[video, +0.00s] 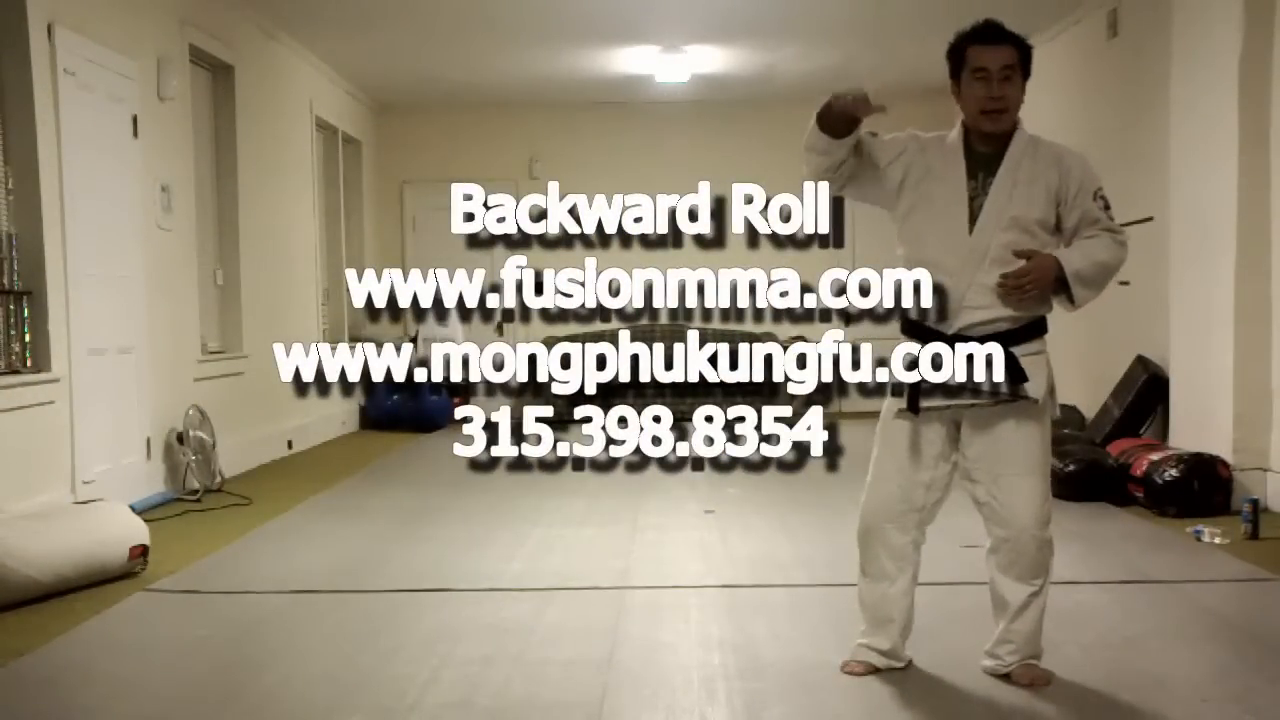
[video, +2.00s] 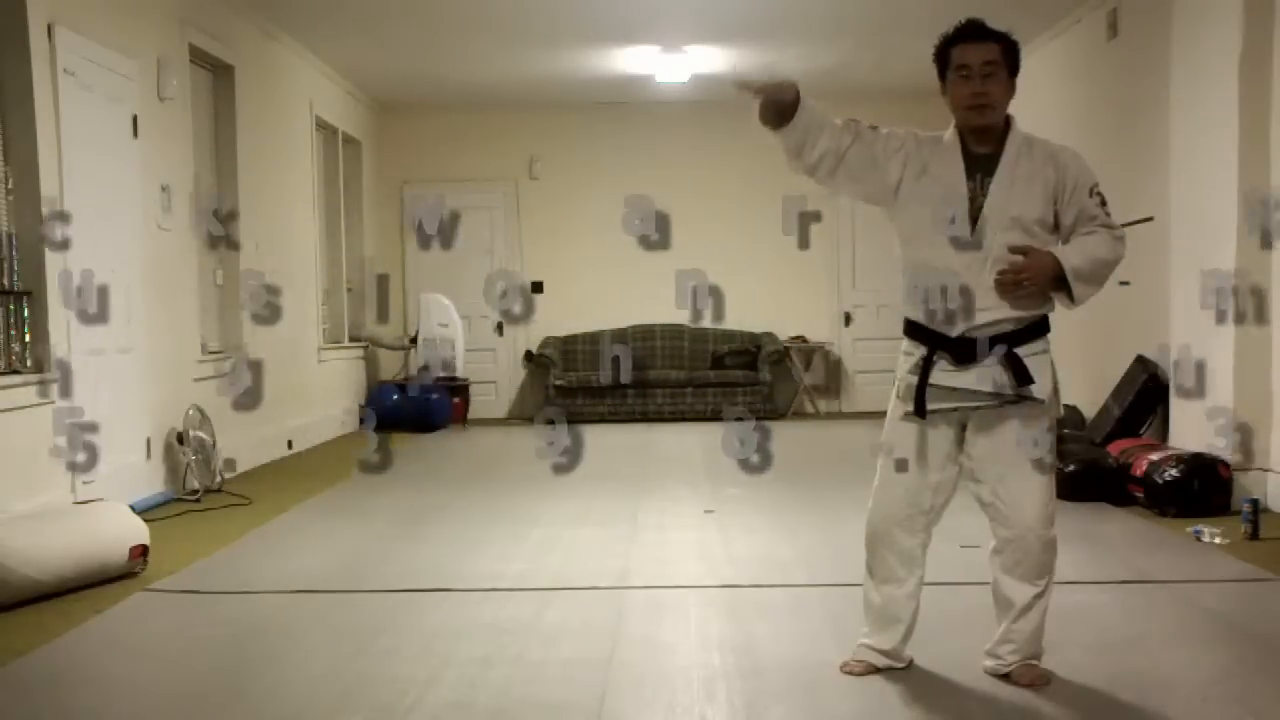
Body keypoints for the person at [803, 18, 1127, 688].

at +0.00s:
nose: (995, 89)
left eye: (1008, 76)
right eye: (980, 77)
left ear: (1026, 85)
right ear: (955, 86)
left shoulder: (1060, 167)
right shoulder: (913, 158)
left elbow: (1108, 244)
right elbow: (830, 166)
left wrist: (1063, 268)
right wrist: (835, 123)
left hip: (1013, 366)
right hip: (922, 364)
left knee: (1024, 524)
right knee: (887, 515)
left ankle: (1014, 654)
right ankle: (879, 642)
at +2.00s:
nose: (976, 84)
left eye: (990, 72)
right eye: (962, 73)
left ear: (1012, 83)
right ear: (942, 87)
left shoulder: (1058, 168)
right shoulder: (912, 157)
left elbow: (1104, 241)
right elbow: (837, 148)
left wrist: (1061, 264)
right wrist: (786, 107)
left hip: (1019, 370)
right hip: (929, 369)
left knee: (1029, 526)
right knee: (895, 516)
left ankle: (1015, 653)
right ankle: (882, 642)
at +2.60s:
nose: (970, 87)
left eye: (989, 75)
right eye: (964, 74)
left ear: (1023, 89)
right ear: (955, 84)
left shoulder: (1066, 171)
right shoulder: (922, 154)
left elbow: (1111, 249)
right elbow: (871, 116)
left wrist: (1063, 270)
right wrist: (875, 57)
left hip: (1019, 368)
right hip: (929, 365)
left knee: (1030, 525)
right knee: (894, 515)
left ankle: (1015, 653)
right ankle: (881, 641)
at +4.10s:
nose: (973, 83)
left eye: (981, 69)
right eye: (955, 73)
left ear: (997, 82)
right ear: (929, 95)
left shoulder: (1048, 162)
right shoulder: (907, 163)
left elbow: (1098, 234)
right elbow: (843, 169)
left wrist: (1057, 262)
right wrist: (800, 138)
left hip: (1021, 369)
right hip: (932, 370)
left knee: (1033, 527)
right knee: (898, 518)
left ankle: (1017, 654)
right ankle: (884, 643)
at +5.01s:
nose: (988, 89)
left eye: (1000, 75)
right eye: (971, 77)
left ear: (1016, 82)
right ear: (945, 90)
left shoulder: (1062, 161)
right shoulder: (913, 162)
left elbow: (1110, 239)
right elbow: (860, 229)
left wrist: (1065, 269)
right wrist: (831, 210)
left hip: (1030, 374)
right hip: (938, 374)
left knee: (1040, 531)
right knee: (901, 519)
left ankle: (1016, 654)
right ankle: (883, 642)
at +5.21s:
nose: (990, 101)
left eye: (1003, 87)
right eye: (975, 88)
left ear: (1024, 91)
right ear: (953, 96)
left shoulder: (1071, 162)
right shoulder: (926, 169)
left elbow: (1124, 242)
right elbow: (871, 242)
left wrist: (1044, 246)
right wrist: (902, 275)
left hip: (1034, 373)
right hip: (941, 370)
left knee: (1045, 538)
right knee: (887, 515)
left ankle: (1022, 655)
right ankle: (890, 640)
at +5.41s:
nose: (977, 108)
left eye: (991, 93)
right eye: (962, 93)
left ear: (1017, 93)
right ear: (944, 95)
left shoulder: (1063, 159)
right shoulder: (922, 160)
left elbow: (1108, 246)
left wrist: (1031, 219)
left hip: (1032, 371)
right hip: (939, 369)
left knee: (1040, 539)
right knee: (912, 529)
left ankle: (1021, 652)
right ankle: (921, 675)